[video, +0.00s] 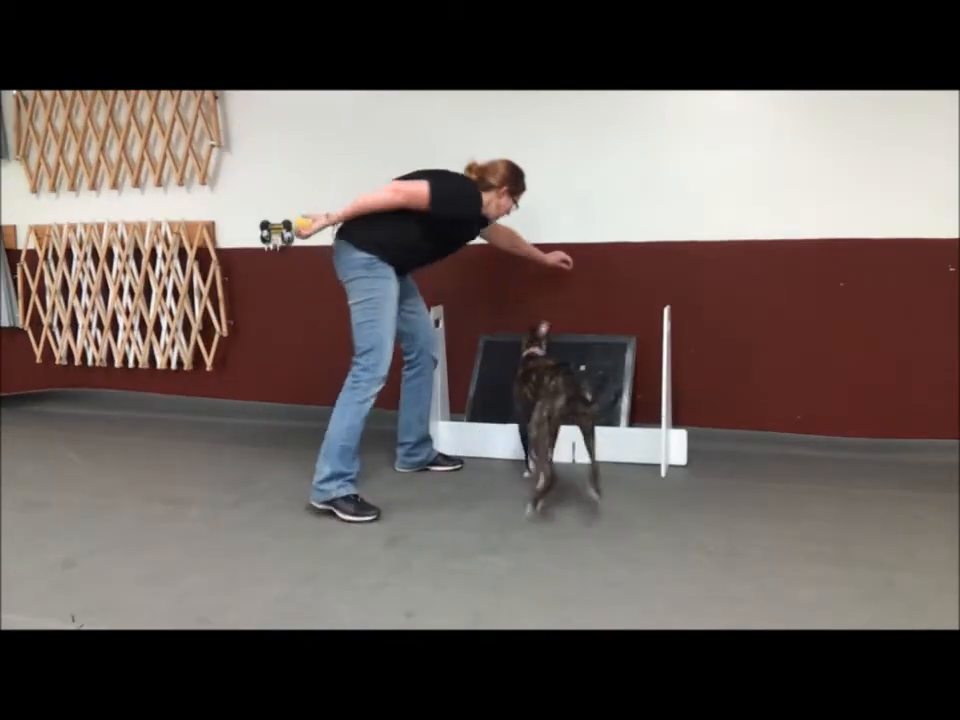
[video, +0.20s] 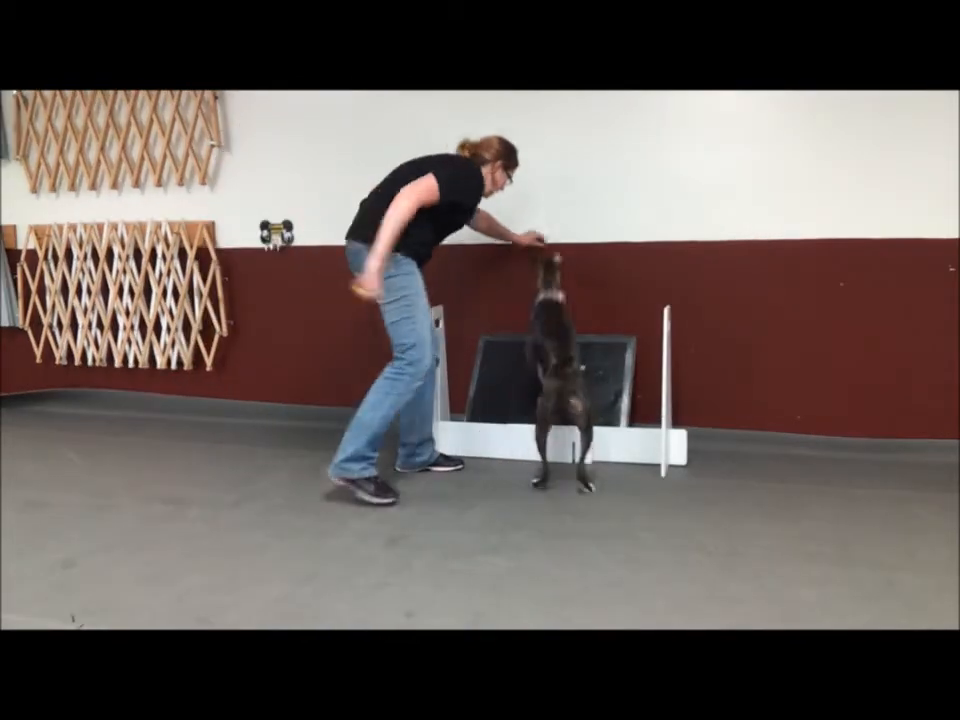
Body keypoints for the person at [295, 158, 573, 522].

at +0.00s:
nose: (511, 209)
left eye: (514, 203)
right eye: (512, 200)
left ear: (496, 190)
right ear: (498, 189)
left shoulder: (473, 214)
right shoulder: (461, 192)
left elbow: (503, 236)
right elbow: (396, 193)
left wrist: (543, 258)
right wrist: (333, 217)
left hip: (392, 266)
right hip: (365, 256)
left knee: (423, 350)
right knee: (371, 367)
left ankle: (415, 454)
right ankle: (330, 488)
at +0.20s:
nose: (506, 185)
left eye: (508, 178)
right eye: (507, 176)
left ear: (486, 164)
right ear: (495, 166)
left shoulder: (459, 182)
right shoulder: (467, 177)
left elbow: (478, 219)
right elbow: (405, 198)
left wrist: (516, 238)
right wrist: (374, 267)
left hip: (395, 256)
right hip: (386, 256)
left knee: (425, 355)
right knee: (414, 358)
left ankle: (417, 454)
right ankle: (351, 467)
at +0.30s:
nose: (504, 171)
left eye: (507, 164)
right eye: (505, 162)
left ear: (484, 151)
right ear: (492, 151)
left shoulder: (454, 168)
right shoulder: (460, 166)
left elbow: (458, 213)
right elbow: (406, 204)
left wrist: (498, 235)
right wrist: (426, 279)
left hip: (380, 251)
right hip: (381, 252)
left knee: (424, 350)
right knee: (440, 348)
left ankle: (418, 454)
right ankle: (380, 448)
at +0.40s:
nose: (504, 173)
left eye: (508, 166)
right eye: (505, 164)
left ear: (486, 152)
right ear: (490, 153)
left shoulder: (455, 168)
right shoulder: (453, 169)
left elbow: (440, 220)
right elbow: (412, 229)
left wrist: (475, 250)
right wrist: (467, 281)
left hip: (381, 255)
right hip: (379, 257)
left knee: (418, 348)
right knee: (448, 343)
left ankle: (420, 452)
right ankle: (394, 419)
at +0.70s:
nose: (488, 250)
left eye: (492, 244)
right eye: (489, 242)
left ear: (473, 225)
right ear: (474, 229)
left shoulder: (442, 217)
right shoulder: (430, 246)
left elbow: (411, 266)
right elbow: (435, 330)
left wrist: (411, 318)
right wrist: (468, 393)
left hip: (382, 277)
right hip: (335, 268)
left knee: (416, 352)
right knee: (365, 363)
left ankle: (417, 455)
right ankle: (326, 484)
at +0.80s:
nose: (461, 285)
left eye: (466, 279)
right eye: (462, 277)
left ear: (443, 259)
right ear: (441, 262)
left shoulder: (431, 240)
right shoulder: (396, 275)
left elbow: (392, 283)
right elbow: (414, 370)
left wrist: (379, 334)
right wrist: (449, 444)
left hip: (360, 283)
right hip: (312, 282)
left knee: (408, 360)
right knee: (330, 381)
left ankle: (415, 454)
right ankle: (307, 510)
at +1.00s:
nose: (371, 321)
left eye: (379, 311)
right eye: (361, 311)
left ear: (389, 293)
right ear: (333, 293)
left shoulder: (393, 269)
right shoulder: (303, 296)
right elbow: (318, 391)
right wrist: (335, 482)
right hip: (278, 286)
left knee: (381, 366)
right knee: (278, 394)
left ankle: (410, 450)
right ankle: (297, 512)